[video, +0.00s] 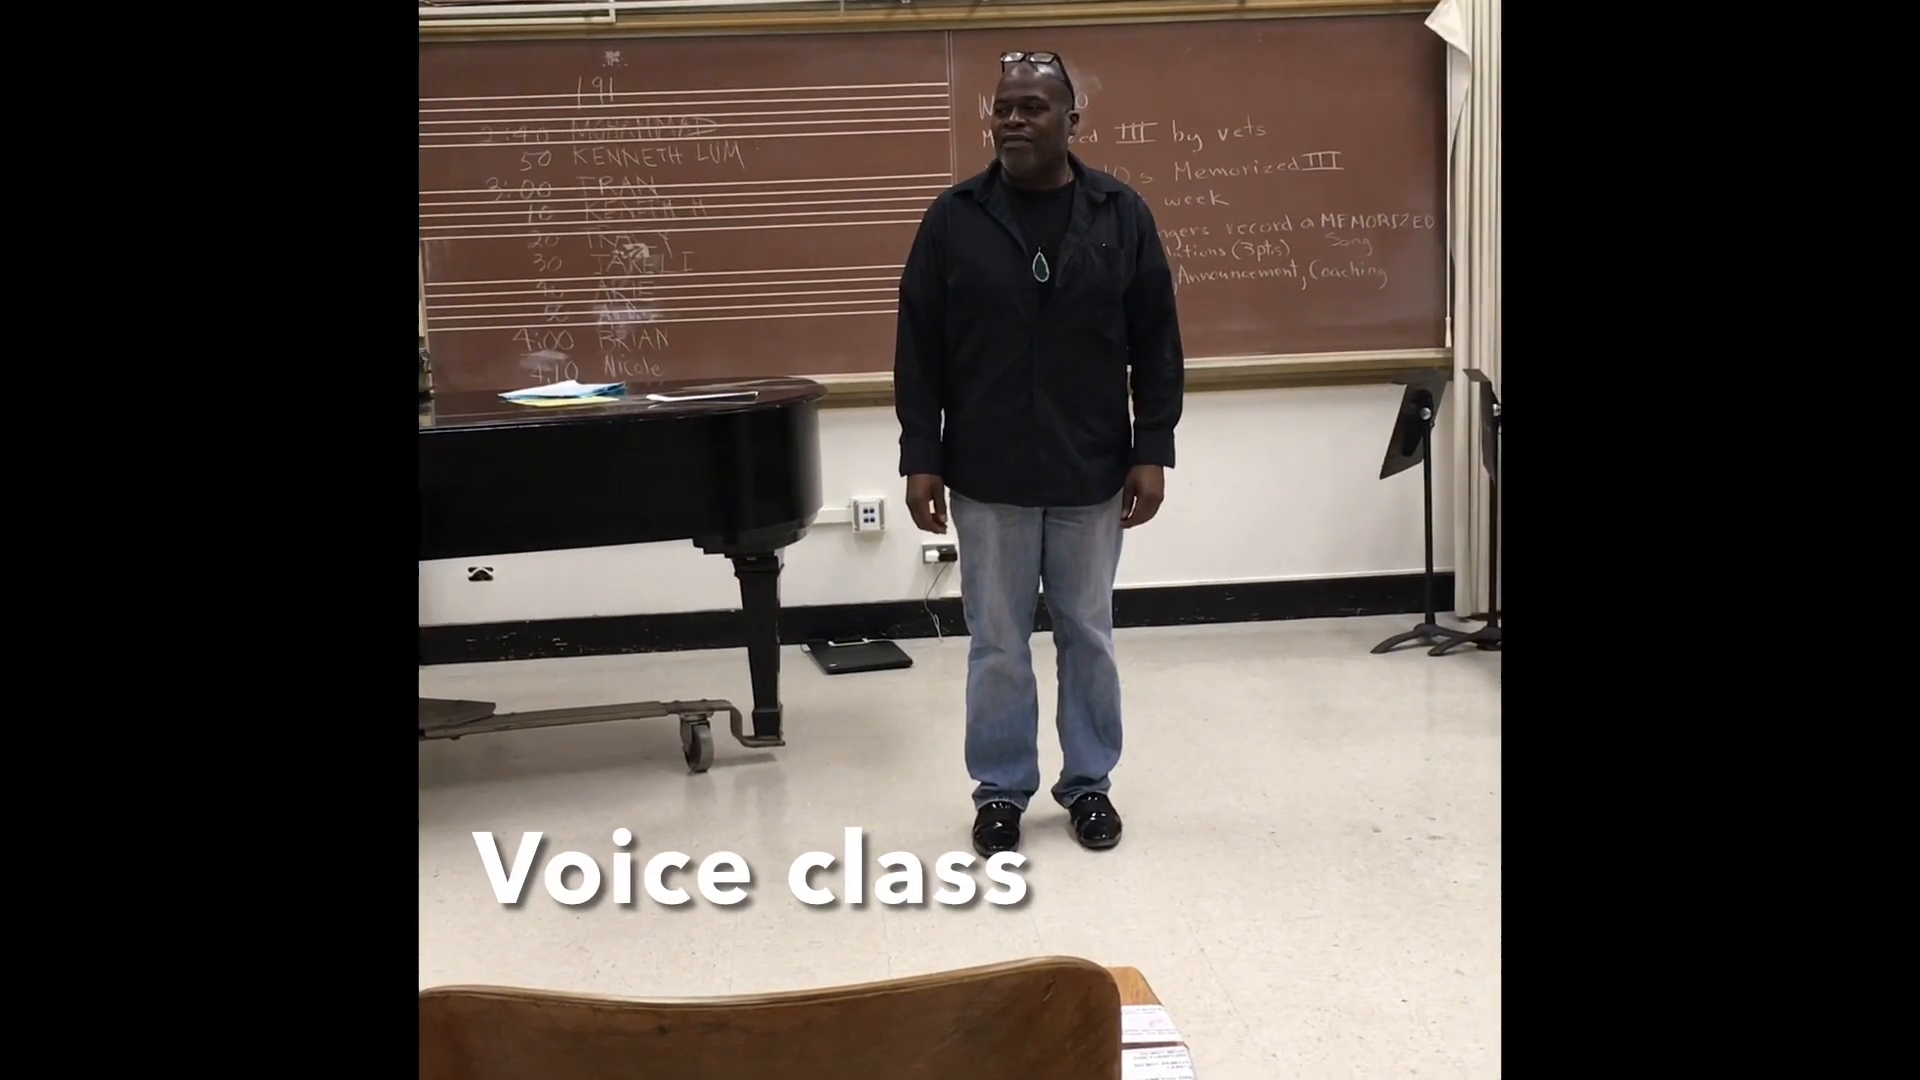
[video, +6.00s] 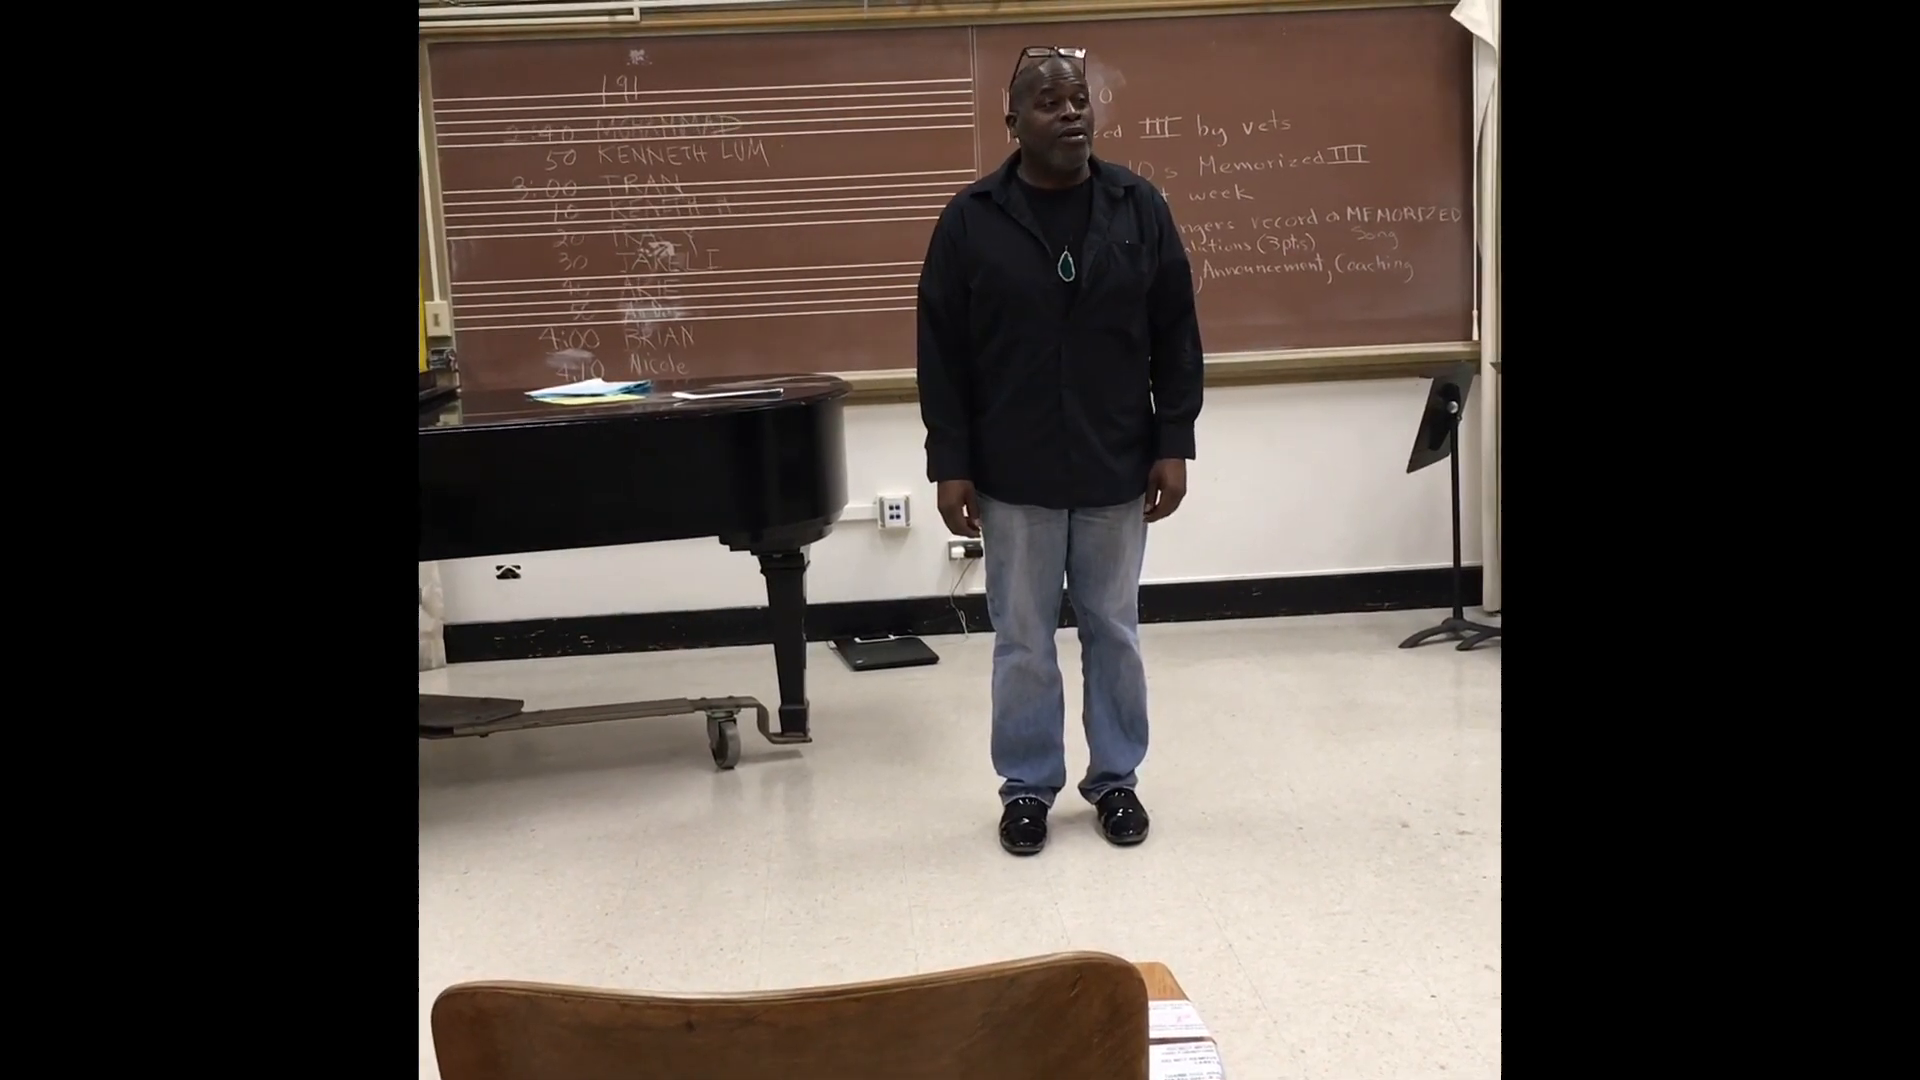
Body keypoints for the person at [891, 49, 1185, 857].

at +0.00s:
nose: (1012, 122)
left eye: (1031, 109)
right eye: (1003, 109)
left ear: (1072, 119)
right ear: (990, 118)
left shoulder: (1120, 213)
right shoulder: (953, 217)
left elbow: (1157, 339)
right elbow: (918, 344)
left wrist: (1152, 453)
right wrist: (920, 459)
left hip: (1090, 463)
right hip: (987, 465)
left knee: (1088, 635)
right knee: (997, 641)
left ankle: (1089, 785)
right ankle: (998, 791)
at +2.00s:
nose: (990, 116)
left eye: (1009, 101)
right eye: (988, 102)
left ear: (1061, 112)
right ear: (986, 112)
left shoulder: (1127, 200)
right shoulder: (962, 210)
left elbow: (1165, 331)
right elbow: (932, 337)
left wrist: (1156, 446)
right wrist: (930, 451)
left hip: (1100, 455)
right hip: (995, 458)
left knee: (1100, 626)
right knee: (1009, 632)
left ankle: (1103, 775)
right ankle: (1013, 779)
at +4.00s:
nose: (1054, 113)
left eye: (1070, 100)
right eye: (1038, 100)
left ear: (1096, 111)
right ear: (1014, 114)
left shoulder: (1143, 208)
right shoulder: (973, 217)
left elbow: (1180, 336)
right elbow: (943, 345)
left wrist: (1176, 447)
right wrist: (950, 460)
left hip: (1118, 458)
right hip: (1015, 462)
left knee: (1117, 629)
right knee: (1026, 636)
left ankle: (1120, 778)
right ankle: (1031, 785)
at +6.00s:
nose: (1069, 112)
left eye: (1079, 99)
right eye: (1049, 101)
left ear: (1096, 112)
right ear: (1013, 120)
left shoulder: (1139, 207)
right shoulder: (969, 219)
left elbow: (1176, 336)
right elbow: (940, 351)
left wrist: (1172, 448)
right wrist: (950, 467)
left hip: (1116, 459)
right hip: (1012, 465)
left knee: (1114, 631)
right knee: (1022, 638)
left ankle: (1116, 779)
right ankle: (1026, 787)